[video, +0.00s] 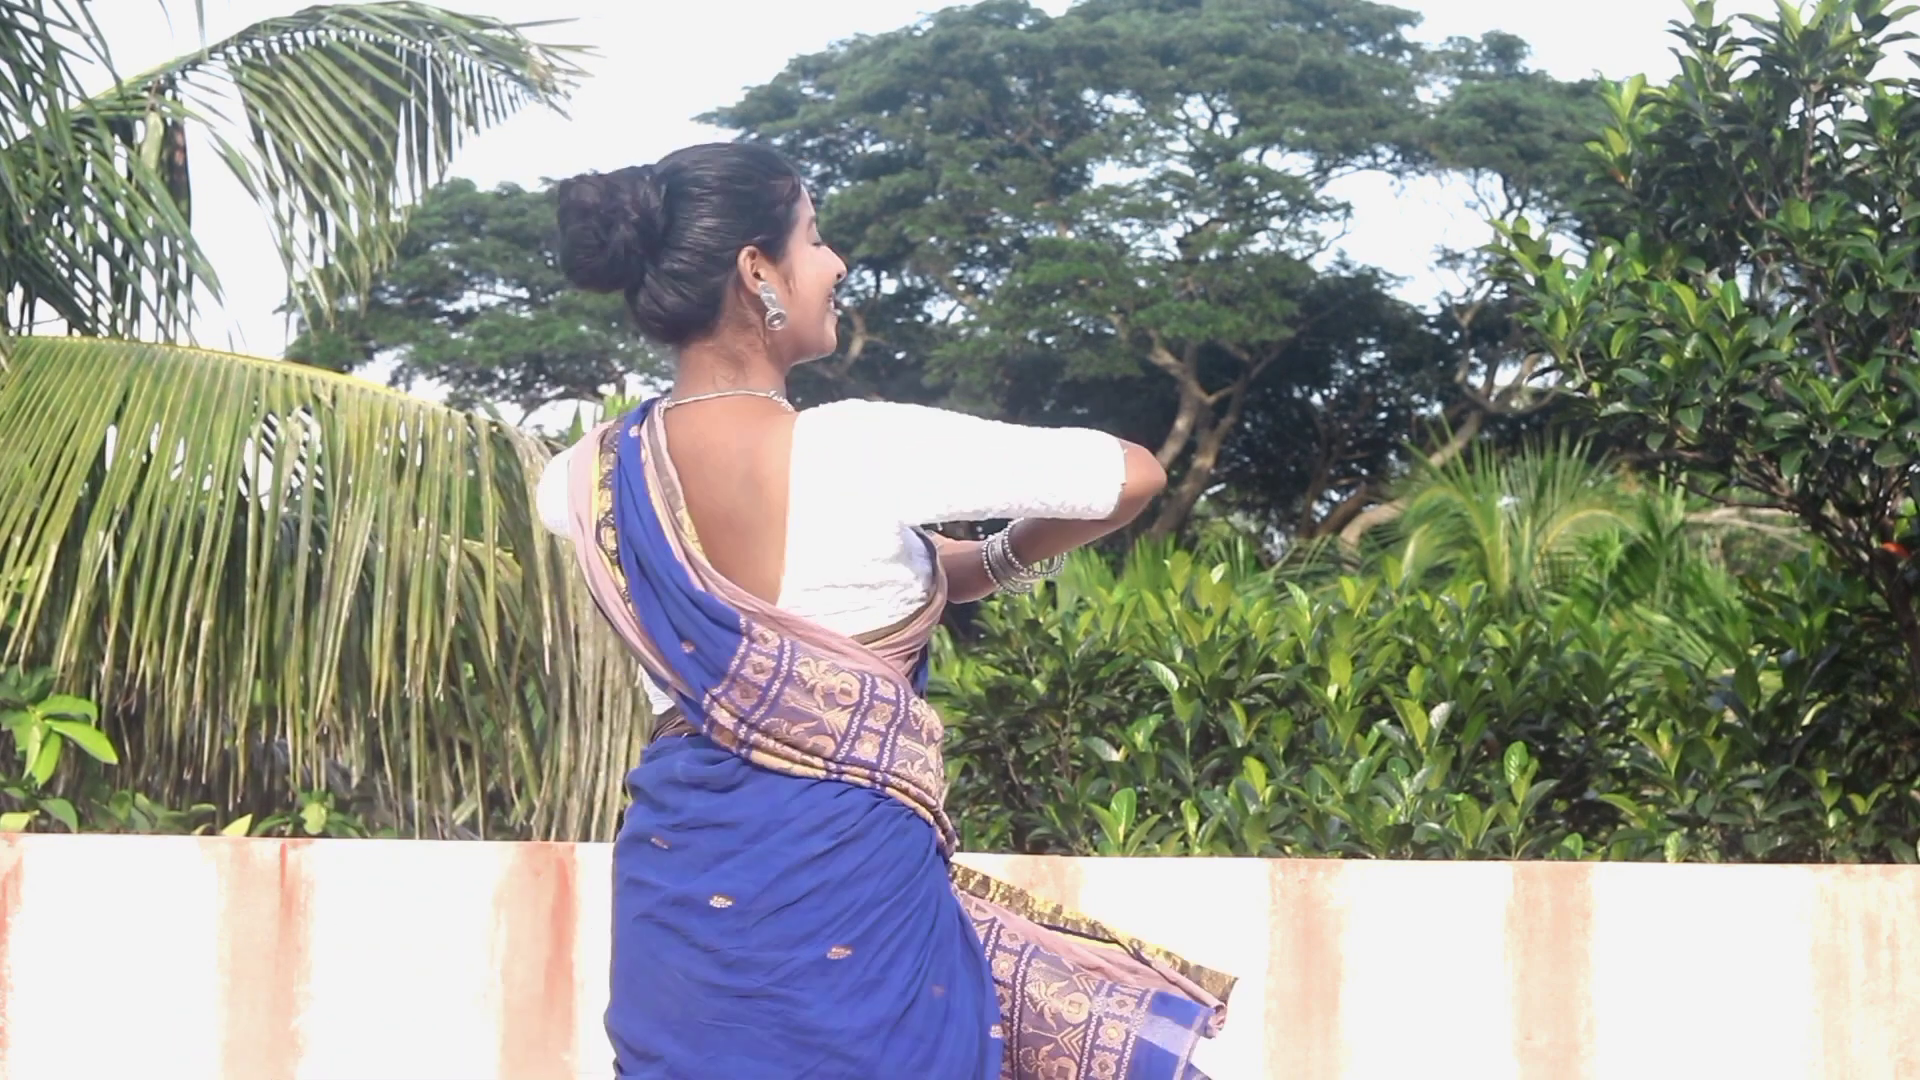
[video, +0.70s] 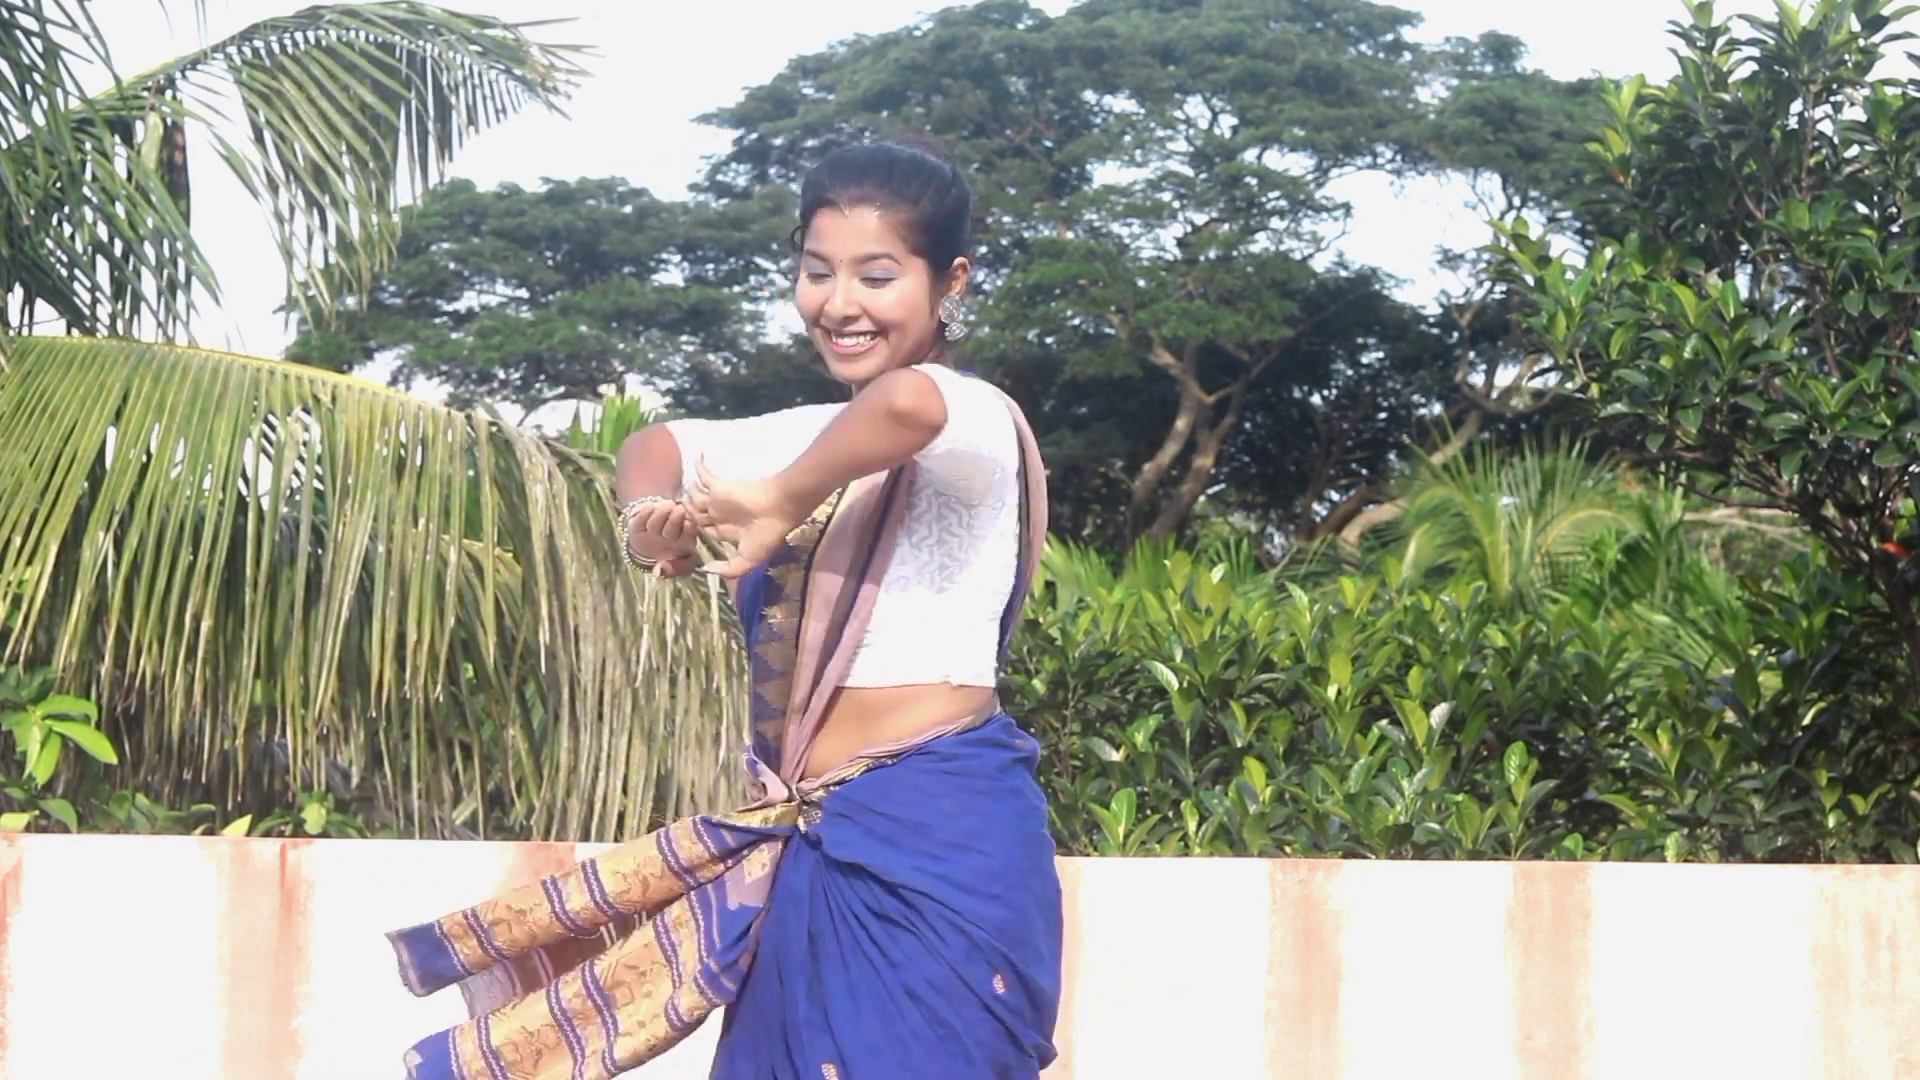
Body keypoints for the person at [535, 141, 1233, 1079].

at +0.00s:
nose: (837, 262)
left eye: (823, 236)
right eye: (816, 239)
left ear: (670, 294)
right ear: (757, 277)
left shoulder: (595, 472)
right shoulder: (854, 446)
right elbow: (1132, 477)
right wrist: (989, 562)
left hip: (665, 892)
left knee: (676, 1061)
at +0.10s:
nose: (871, 262)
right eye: (866, 240)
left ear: (697, 280)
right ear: (852, 259)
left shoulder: (622, 442)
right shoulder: (952, 439)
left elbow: (485, 475)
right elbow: (1168, 474)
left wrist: (641, 499)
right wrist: (998, 546)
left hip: (696, 866)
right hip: (903, 870)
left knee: (691, 1060)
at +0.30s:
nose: (742, 276)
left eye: (744, 249)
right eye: (742, 248)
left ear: (787, 265)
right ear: (906, 257)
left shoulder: (709, 411)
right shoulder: (995, 430)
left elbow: (475, 419)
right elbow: (1075, 468)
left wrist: (649, 503)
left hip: (772, 821)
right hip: (954, 836)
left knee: (738, 1058)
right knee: (938, 1061)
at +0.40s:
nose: (745, 275)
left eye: (756, 248)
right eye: (748, 247)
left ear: (823, 265)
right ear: (917, 263)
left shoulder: (749, 401)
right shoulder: (1005, 433)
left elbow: (506, 406)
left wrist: (643, 509)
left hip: (800, 817)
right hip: (967, 825)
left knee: (766, 1058)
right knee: (944, 1059)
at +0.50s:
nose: (771, 283)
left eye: (802, 255)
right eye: (774, 254)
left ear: (894, 269)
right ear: (889, 275)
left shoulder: (849, 405)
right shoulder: (929, 407)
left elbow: (637, 392)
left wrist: (677, 534)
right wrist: (730, 539)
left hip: (857, 827)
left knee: (824, 1058)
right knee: (930, 1056)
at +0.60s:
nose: (793, 288)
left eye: (829, 262)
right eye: (788, 260)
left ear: (921, 275)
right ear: (778, 261)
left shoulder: (900, 409)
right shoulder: (866, 410)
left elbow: (727, 389)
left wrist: (695, 521)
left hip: (891, 824)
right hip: (798, 818)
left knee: (859, 1058)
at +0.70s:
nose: (840, 304)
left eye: (879, 274)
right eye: (819, 272)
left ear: (951, 283)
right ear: (796, 277)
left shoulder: (976, 419)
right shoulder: (814, 438)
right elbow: (655, 445)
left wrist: (783, 497)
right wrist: (655, 518)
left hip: (940, 822)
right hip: (807, 829)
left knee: (910, 1058)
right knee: (764, 1061)